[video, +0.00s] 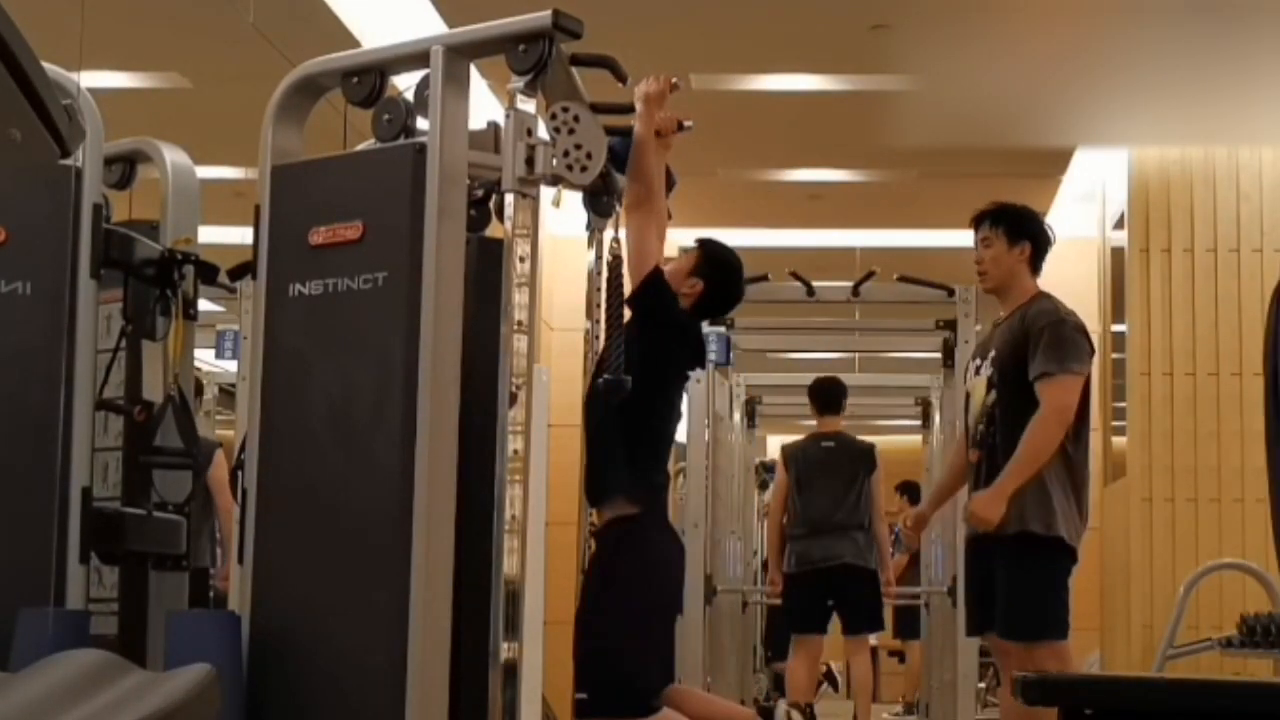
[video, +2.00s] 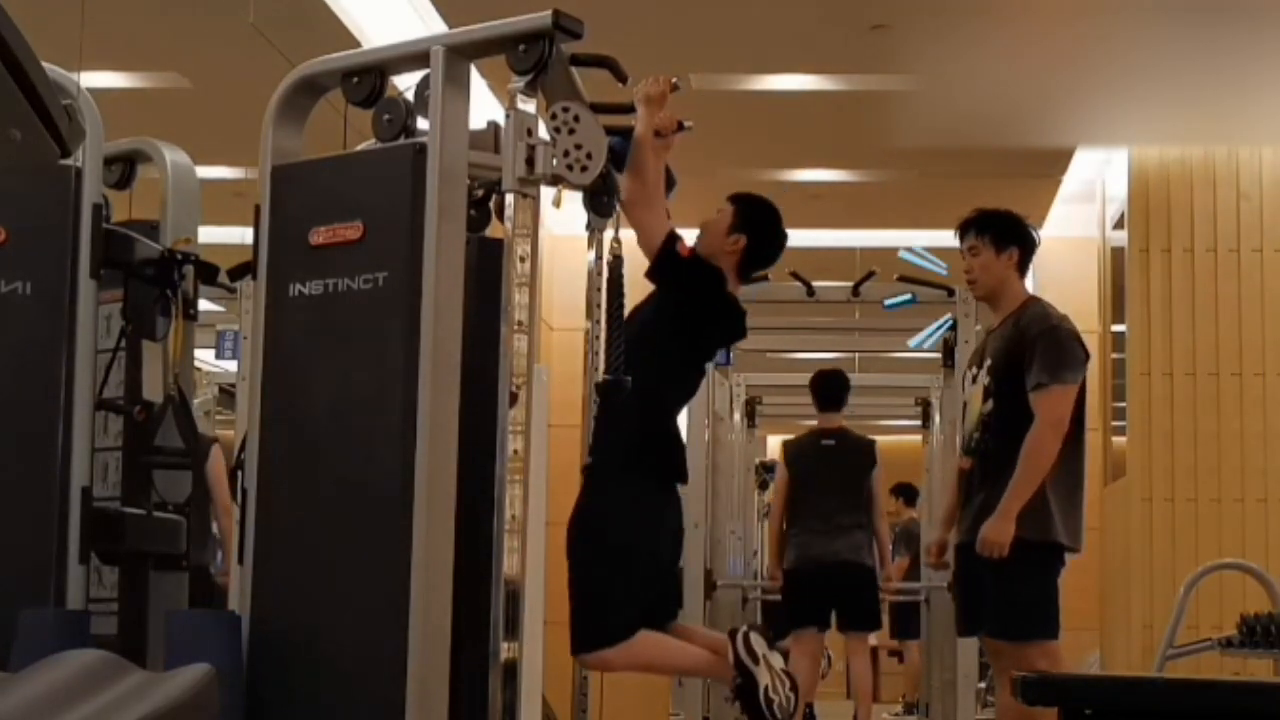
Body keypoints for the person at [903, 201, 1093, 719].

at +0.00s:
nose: (977, 257)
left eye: (988, 246)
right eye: (976, 247)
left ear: (1024, 252)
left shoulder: (1053, 322)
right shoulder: (990, 339)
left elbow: (1059, 412)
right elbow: (974, 440)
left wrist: (1000, 490)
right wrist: (928, 507)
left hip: (1038, 519)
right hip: (995, 518)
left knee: (1046, 662)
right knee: (1008, 656)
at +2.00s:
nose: (966, 267)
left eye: (975, 253)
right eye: (964, 256)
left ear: (1012, 257)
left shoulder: (1047, 330)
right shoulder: (994, 340)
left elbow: (1051, 428)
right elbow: (974, 445)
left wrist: (1005, 514)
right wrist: (947, 524)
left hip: (1029, 529)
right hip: (992, 529)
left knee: (1037, 673)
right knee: (1004, 667)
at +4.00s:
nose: (973, 263)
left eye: (984, 250)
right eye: (971, 252)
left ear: (1020, 253)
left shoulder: (1049, 327)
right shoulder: (996, 339)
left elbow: (1060, 426)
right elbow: (975, 443)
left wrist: (1017, 512)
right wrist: (942, 521)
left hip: (1034, 527)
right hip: (995, 526)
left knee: (1041, 668)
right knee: (1006, 663)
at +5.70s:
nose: (992, 241)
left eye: (1005, 230)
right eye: (993, 230)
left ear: (1041, 244)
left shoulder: (1071, 320)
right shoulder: (1005, 332)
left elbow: (1088, 416)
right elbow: (987, 432)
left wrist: (1044, 507)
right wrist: (942, 511)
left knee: (1060, 659)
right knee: (966, 643)